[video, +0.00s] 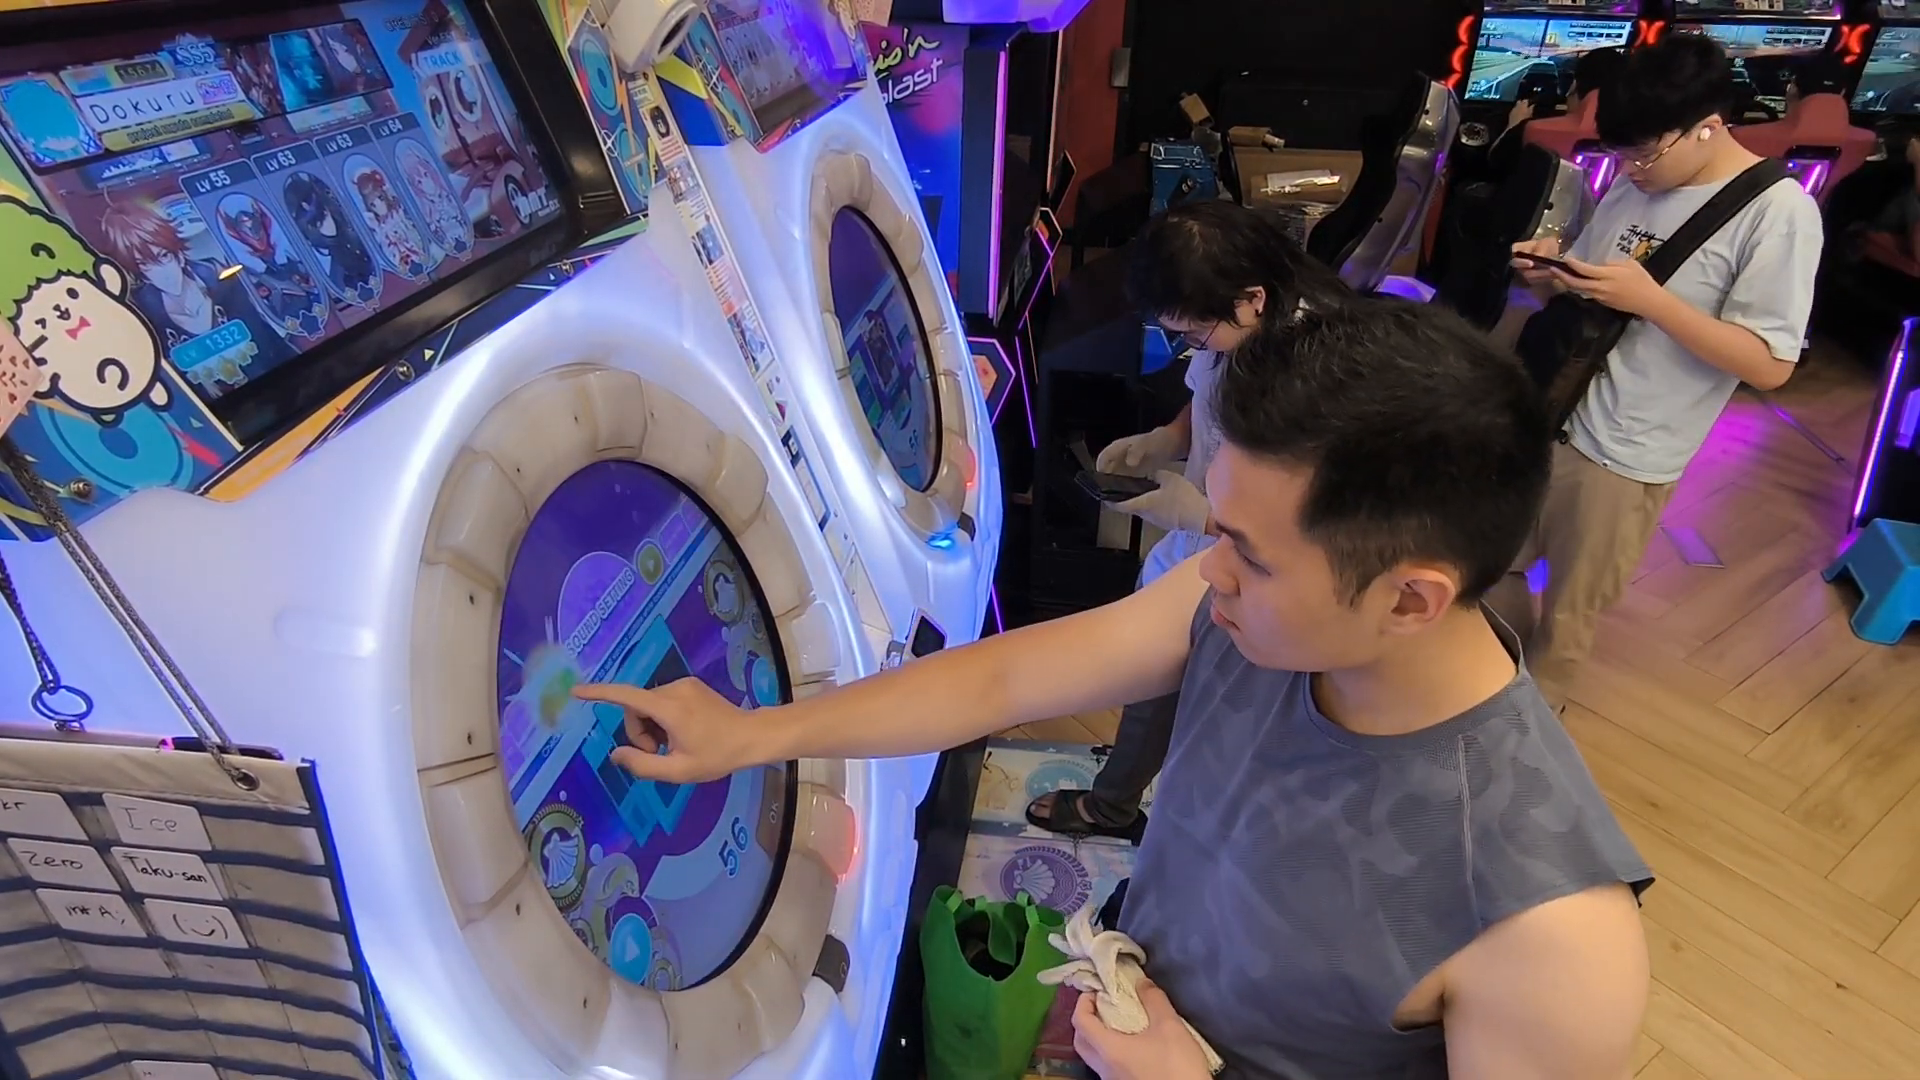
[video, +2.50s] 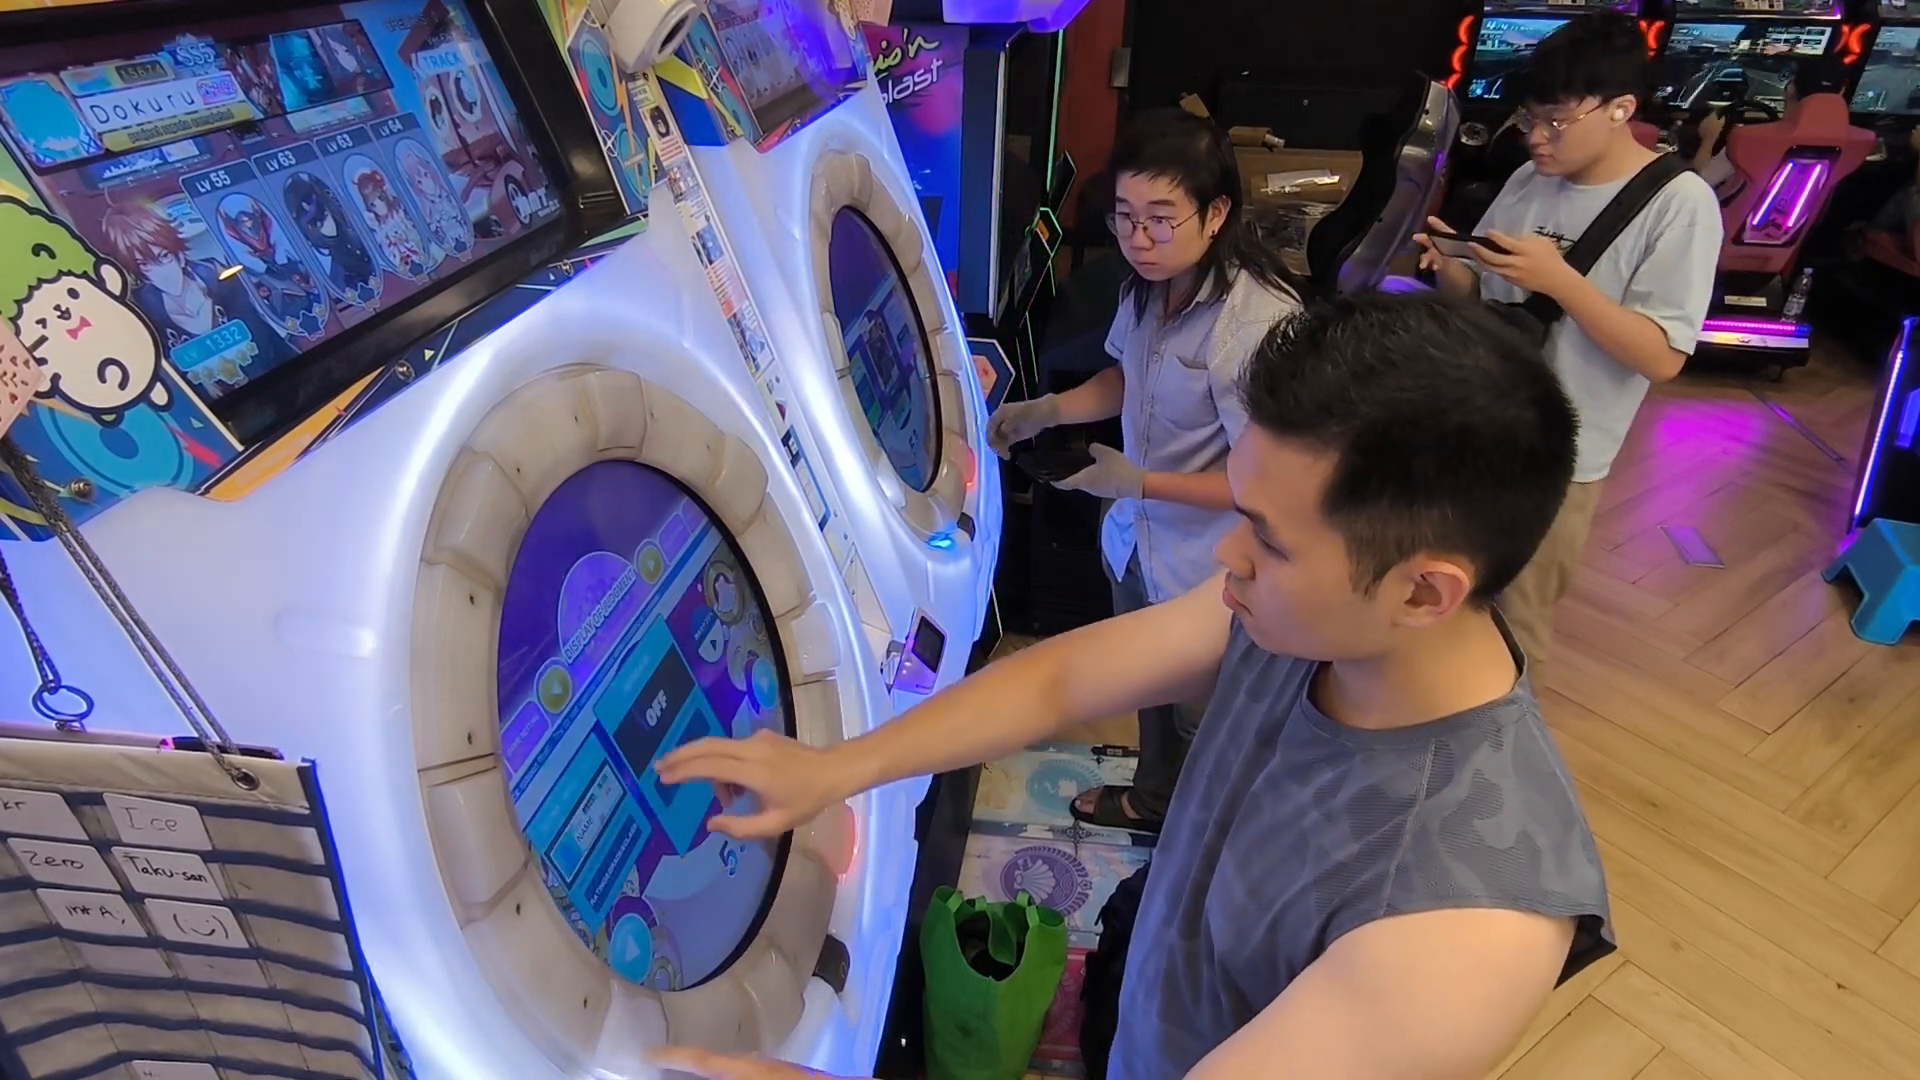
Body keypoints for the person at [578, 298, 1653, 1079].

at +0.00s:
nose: (1204, 570)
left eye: (1247, 560)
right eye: (1217, 528)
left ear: (1414, 599)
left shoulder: (1546, 935)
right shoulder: (1246, 597)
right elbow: (1001, 684)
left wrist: (1202, 1079)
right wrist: (755, 730)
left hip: (1248, 1072)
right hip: (1106, 1010)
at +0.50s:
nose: (1186, 554)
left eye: (1226, 544)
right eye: (1200, 513)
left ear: (1388, 585)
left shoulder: (1525, 921)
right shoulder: (1249, 599)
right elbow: (1008, 686)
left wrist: (1089, 1079)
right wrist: (778, 750)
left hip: (1223, 1071)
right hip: (1117, 1015)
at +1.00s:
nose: (1193, 551)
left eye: (1224, 532)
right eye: (1200, 512)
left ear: (1379, 573)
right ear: (1369, 570)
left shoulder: (1463, 898)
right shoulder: (1286, 606)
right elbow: (1079, 723)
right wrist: (884, 835)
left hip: (1188, 1073)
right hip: (1123, 1014)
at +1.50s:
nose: (1189, 563)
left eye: (1229, 551)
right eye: (1203, 522)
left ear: (1389, 585)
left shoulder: (1457, 905)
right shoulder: (1292, 607)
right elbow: (1070, 702)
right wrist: (861, 784)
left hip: (1179, 1071)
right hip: (1129, 987)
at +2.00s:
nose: (1224, 562)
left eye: (1276, 551)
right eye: (1240, 517)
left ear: (1434, 594)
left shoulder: (1475, 908)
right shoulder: (1280, 590)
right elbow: (1031, 679)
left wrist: (860, 1079)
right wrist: (806, 760)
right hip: (1130, 1001)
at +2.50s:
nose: (1219, 553)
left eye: (1268, 541)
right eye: (1237, 511)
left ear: (1427, 593)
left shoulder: (1472, 910)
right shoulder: (1296, 605)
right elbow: (1061, 680)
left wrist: (811, 1069)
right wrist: (841, 767)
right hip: (1135, 1014)